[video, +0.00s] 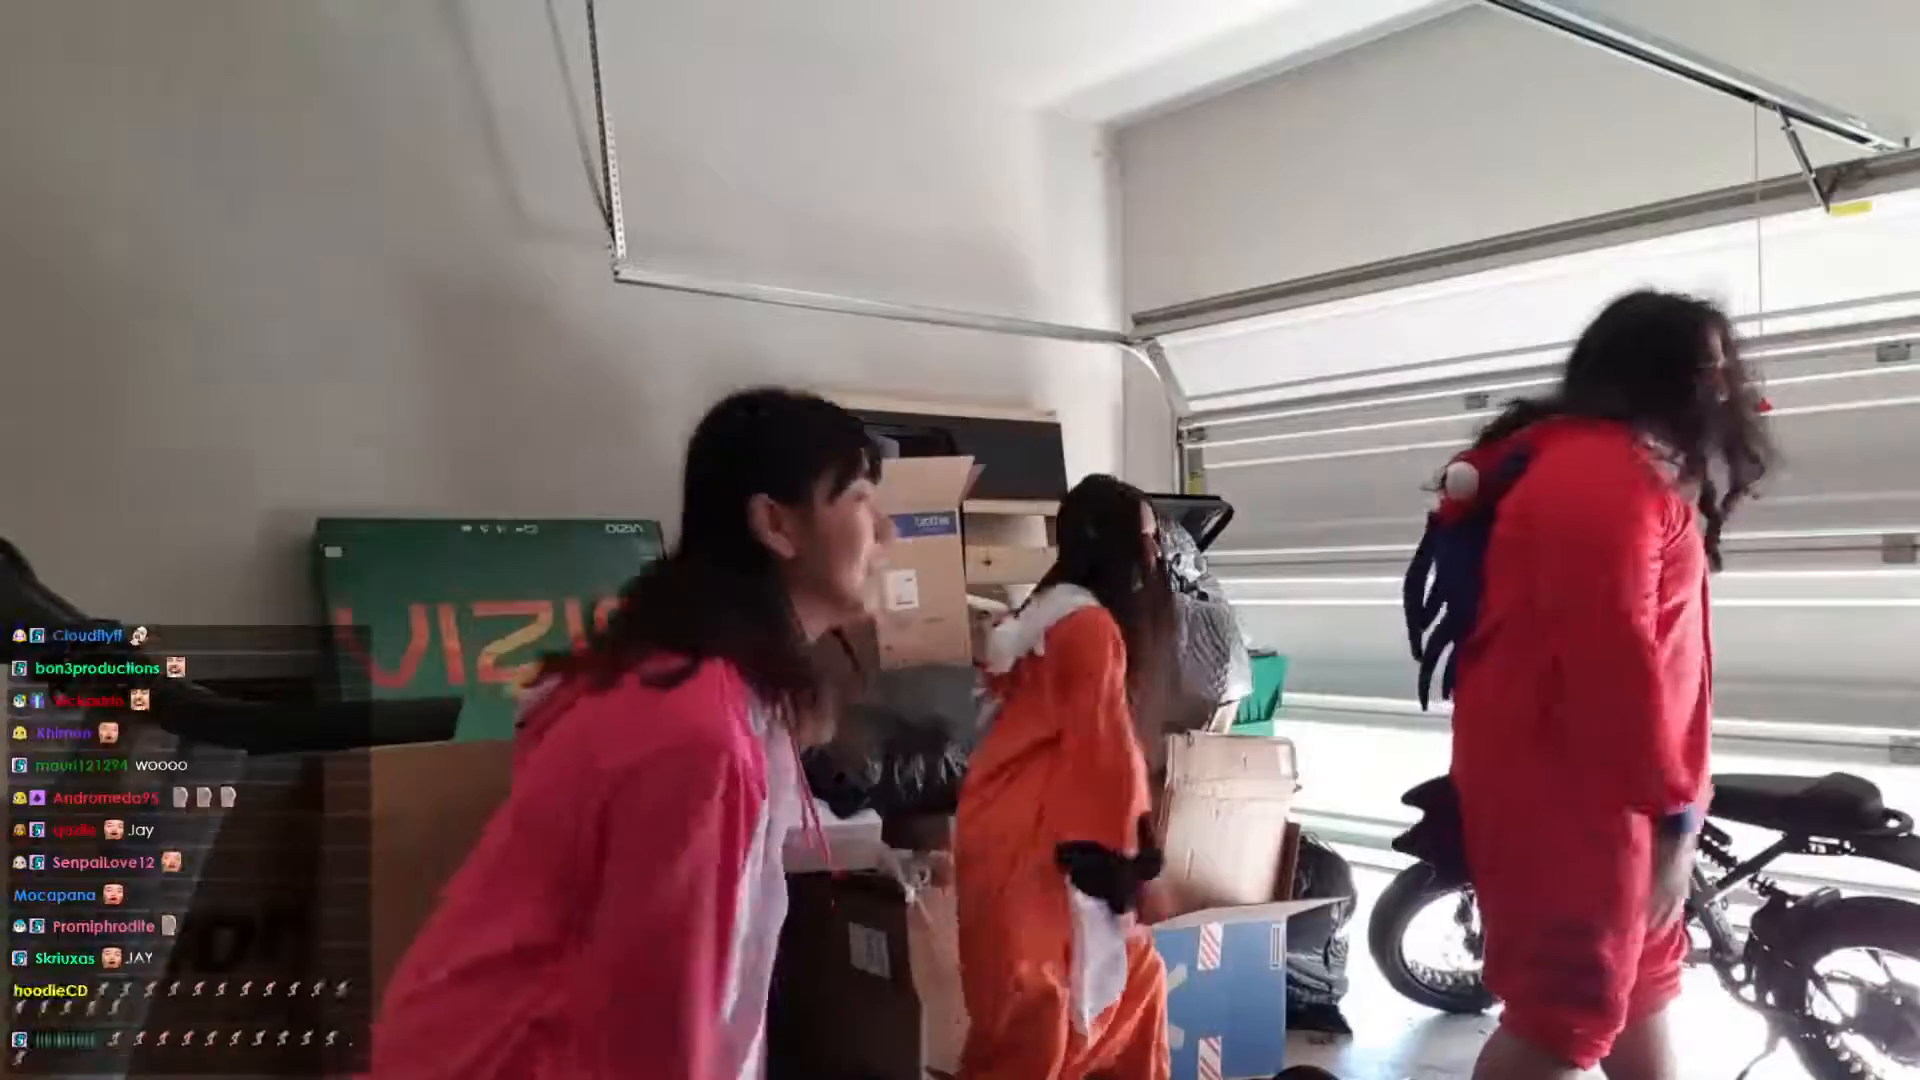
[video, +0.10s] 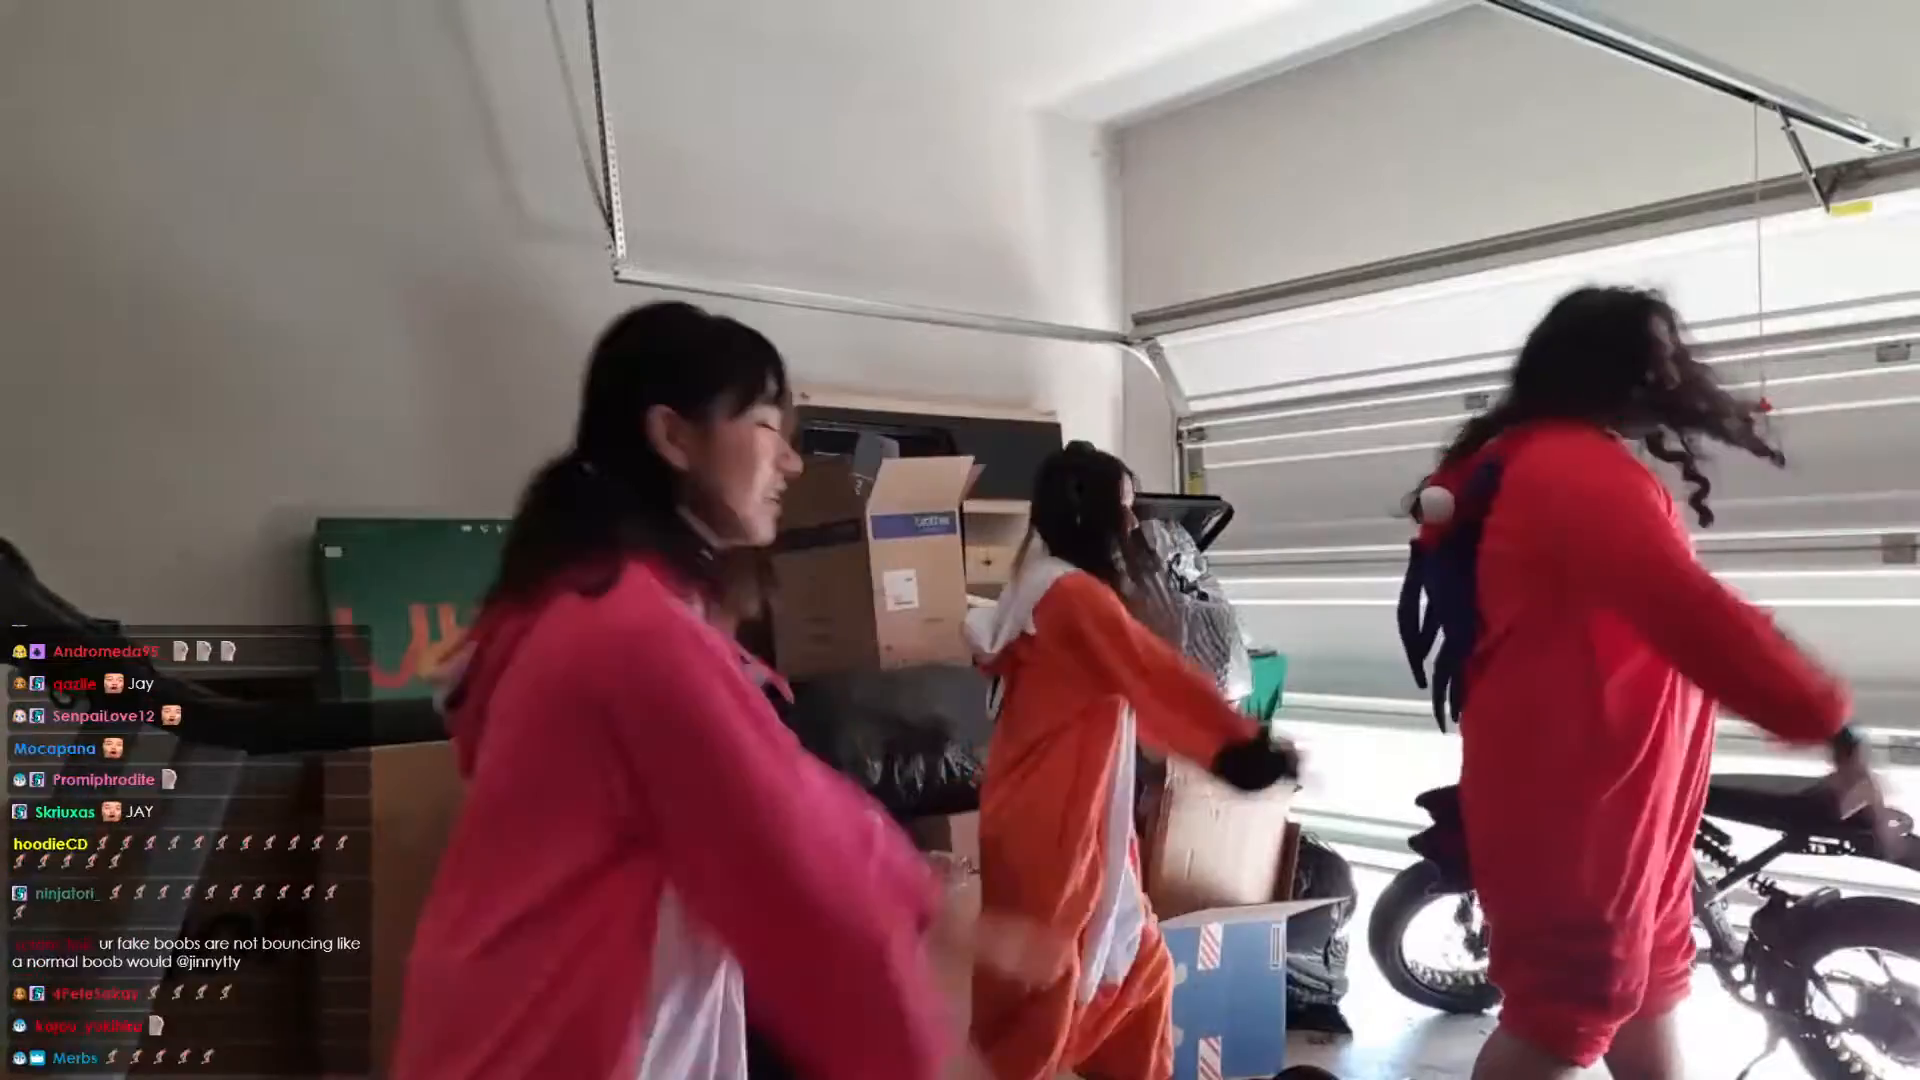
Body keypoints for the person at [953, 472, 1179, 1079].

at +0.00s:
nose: (1157, 552)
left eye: (1155, 537)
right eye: (1149, 537)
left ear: (1080, 539)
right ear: (1119, 545)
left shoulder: (1050, 607)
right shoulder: (1089, 623)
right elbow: (1104, 746)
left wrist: (1135, 841)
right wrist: (1137, 856)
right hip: (1031, 831)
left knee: (1141, 970)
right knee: (1038, 988)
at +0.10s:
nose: (1137, 522)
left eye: (1135, 506)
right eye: (1127, 507)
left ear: (1060, 513)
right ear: (1092, 513)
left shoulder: (1053, 585)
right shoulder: (1075, 594)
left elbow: (1145, 692)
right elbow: (1154, 676)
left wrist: (1234, 743)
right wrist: (1245, 740)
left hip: (1073, 819)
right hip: (1049, 822)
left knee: (1142, 963)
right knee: (1039, 984)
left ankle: (1130, 1075)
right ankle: (1016, 1071)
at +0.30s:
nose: (1123, 539)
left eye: (1123, 526)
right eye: (1116, 528)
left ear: (1038, 539)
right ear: (1096, 537)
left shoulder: (1068, 617)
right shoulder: (1071, 616)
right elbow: (1150, 546)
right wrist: (1193, 449)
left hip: (1138, 813)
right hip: (1095, 821)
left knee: (1193, 971)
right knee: (1080, 976)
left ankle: (1163, 1065)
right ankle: (1036, 1059)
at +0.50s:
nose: (1132, 531)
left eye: (1132, 519)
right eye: (1124, 519)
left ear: (1041, 532)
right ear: (1109, 530)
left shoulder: (1030, 606)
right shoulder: (1067, 603)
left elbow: (986, 693)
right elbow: (1155, 543)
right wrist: (1253, 481)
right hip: (1077, 809)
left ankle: (1174, 1063)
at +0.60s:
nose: (1122, 517)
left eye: (1122, 502)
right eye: (1107, 501)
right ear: (1064, 507)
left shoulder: (1087, 588)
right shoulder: (1060, 589)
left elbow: (1009, 638)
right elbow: (1170, 598)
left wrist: (976, 653)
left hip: (1101, 804)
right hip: (1040, 810)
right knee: (1029, 995)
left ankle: (1147, 1062)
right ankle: (1000, 1067)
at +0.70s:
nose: (1134, 544)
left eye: (1132, 529)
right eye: (1127, 530)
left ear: (1051, 532)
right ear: (1107, 536)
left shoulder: (1061, 601)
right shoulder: (1063, 605)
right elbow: (1141, 677)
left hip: (1066, 810)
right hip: (1012, 808)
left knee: (1102, 957)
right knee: (1010, 954)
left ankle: (1118, 1062)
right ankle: (992, 1063)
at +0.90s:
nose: (1135, 555)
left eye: (1130, 539)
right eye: (1129, 541)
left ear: (1046, 545)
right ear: (1111, 552)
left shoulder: (1052, 620)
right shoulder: (1067, 627)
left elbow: (1118, 741)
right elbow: (1087, 751)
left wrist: (1144, 840)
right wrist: (1123, 867)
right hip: (1015, 849)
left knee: (1144, 975)